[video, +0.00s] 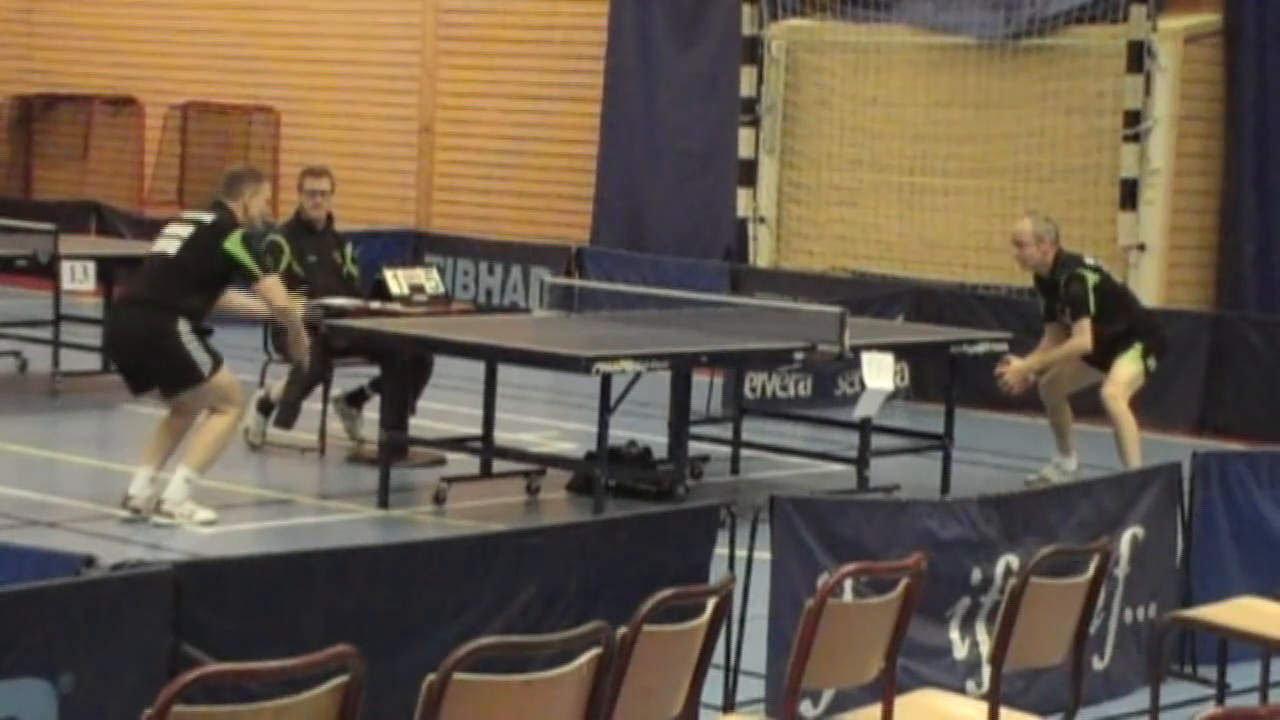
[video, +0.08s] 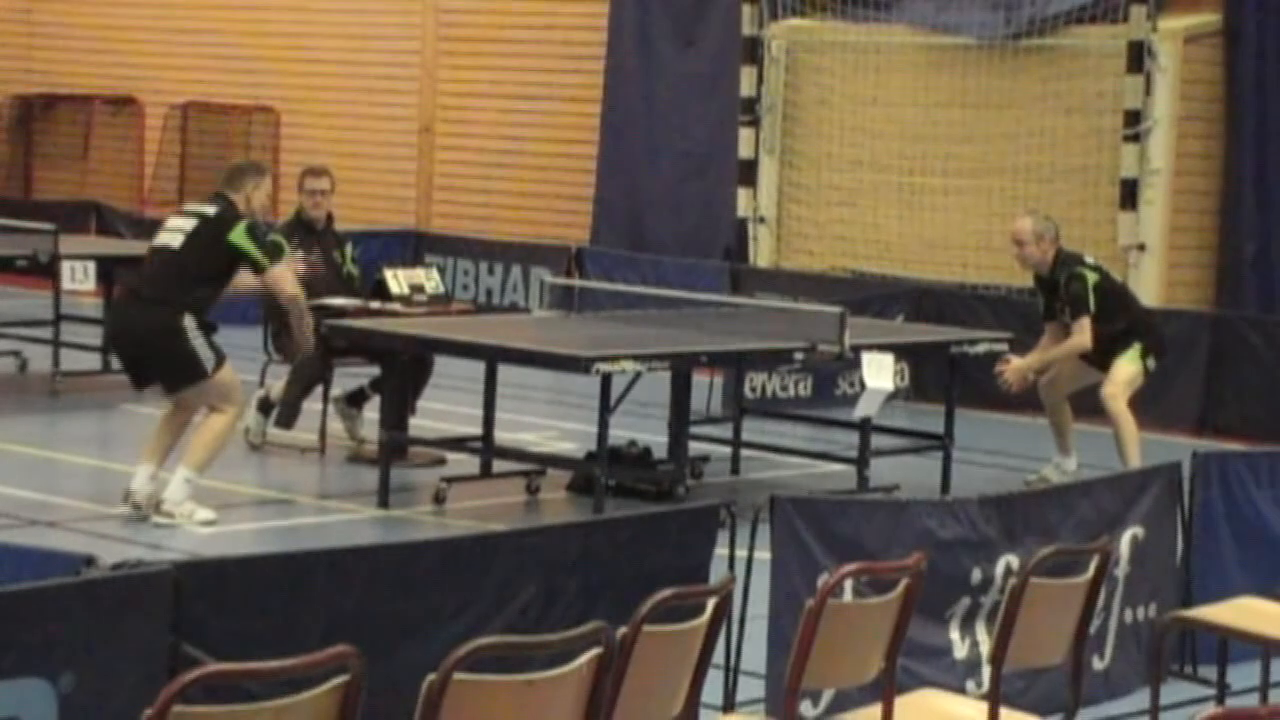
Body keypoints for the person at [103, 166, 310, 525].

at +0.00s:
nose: (267, 210)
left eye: (268, 202)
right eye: (264, 201)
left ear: (227, 197)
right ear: (244, 199)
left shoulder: (186, 222)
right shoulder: (233, 234)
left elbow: (206, 295)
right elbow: (280, 301)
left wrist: (273, 310)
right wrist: (299, 338)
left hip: (123, 319)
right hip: (165, 325)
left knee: (187, 405)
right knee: (230, 403)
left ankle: (139, 491)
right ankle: (175, 497)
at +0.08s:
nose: (268, 203)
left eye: (269, 195)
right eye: (266, 194)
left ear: (227, 187)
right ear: (248, 191)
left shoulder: (189, 212)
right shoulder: (235, 224)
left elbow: (208, 277)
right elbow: (286, 286)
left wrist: (271, 277)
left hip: (127, 315)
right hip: (170, 320)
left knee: (188, 401)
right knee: (229, 401)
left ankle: (140, 488)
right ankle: (175, 497)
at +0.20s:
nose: (265, 191)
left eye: (266, 184)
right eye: (265, 183)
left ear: (226, 175)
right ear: (251, 180)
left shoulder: (189, 198)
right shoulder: (239, 213)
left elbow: (223, 232)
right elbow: (295, 268)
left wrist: (276, 234)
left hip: (129, 303)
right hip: (171, 309)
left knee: (186, 383)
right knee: (227, 397)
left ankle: (156, 466)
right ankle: (177, 494)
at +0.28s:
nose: (265, 187)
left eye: (266, 180)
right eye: (265, 180)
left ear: (225, 169)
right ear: (252, 176)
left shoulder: (188, 191)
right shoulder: (247, 208)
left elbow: (210, 236)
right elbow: (300, 264)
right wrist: (267, 272)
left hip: (131, 298)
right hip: (174, 306)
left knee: (189, 374)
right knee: (228, 398)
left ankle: (199, 455)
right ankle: (176, 495)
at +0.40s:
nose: (268, 185)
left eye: (269, 180)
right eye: (268, 179)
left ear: (228, 167)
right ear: (257, 175)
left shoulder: (189, 183)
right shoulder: (255, 204)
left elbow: (187, 232)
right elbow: (288, 265)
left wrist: (234, 252)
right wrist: (250, 260)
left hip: (136, 294)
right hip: (180, 304)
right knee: (227, 398)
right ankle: (177, 495)